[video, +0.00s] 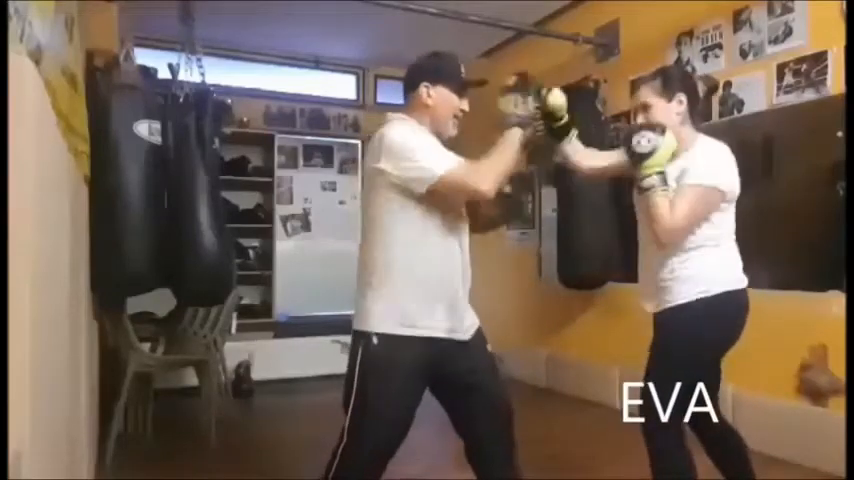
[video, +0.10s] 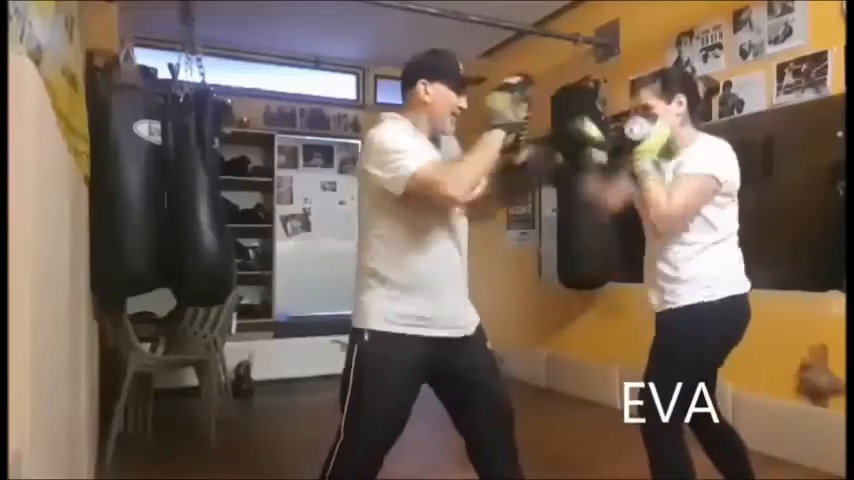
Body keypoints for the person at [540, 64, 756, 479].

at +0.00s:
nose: (639, 119)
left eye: (646, 107)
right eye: (636, 111)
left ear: (679, 104)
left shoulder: (713, 156)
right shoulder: (653, 153)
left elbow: (668, 232)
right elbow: (588, 161)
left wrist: (651, 170)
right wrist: (558, 124)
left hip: (708, 301)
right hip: (677, 304)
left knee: (659, 416)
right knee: (702, 412)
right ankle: (743, 475)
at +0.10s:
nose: (638, 121)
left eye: (647, 110)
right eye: (636, 112)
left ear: (678, 106)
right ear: (671, 108)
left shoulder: (713, 154)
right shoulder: (659, 157)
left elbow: (666, 222)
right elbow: (609, 201)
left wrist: (644, 158)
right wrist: (584, 160)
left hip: (709, 307)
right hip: (678, 308)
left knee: (656, 418)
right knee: (699, 412)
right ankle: (743, 475)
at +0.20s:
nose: (629, 157)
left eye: (629, 149)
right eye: (626, 150)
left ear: (643, 143)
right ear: (672, 129)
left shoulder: (680, 153)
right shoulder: (704, 156)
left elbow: (599, 193)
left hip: (697, 318)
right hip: (731, 312)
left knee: (638, 413)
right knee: (696, 409)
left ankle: (662, 475)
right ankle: (741, 474)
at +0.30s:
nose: (625, 129)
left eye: (629, 122)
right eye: (626, 123)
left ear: (645, 127)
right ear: (675, 125)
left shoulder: (653, 170)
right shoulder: (699, 163)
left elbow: (592, 202)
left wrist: (598, 159)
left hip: (700, 324)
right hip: (742, 316)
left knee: (636, 417)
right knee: (695, 408)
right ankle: (742, 474)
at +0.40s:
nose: (629, 134)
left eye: (634, 124)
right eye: (628, 125)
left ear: (661, 120)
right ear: (665, 121)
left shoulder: (657, 162)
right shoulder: (692, 155)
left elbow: (614, 223)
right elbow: (668, 228)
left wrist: (599, 175)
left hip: (696, 316)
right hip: (731, 310)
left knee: (638, 415)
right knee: (694, 408)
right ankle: (741, 474)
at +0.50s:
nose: (630, 125)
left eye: (636, 114)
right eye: (627, 117)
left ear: (666, 109)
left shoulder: (698, 152)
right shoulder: (662, 160)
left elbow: (658, 224)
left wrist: (640, 170)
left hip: (704, 308)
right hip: (686, 309)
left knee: (643, 414)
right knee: (696, 407)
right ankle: (742, 474)